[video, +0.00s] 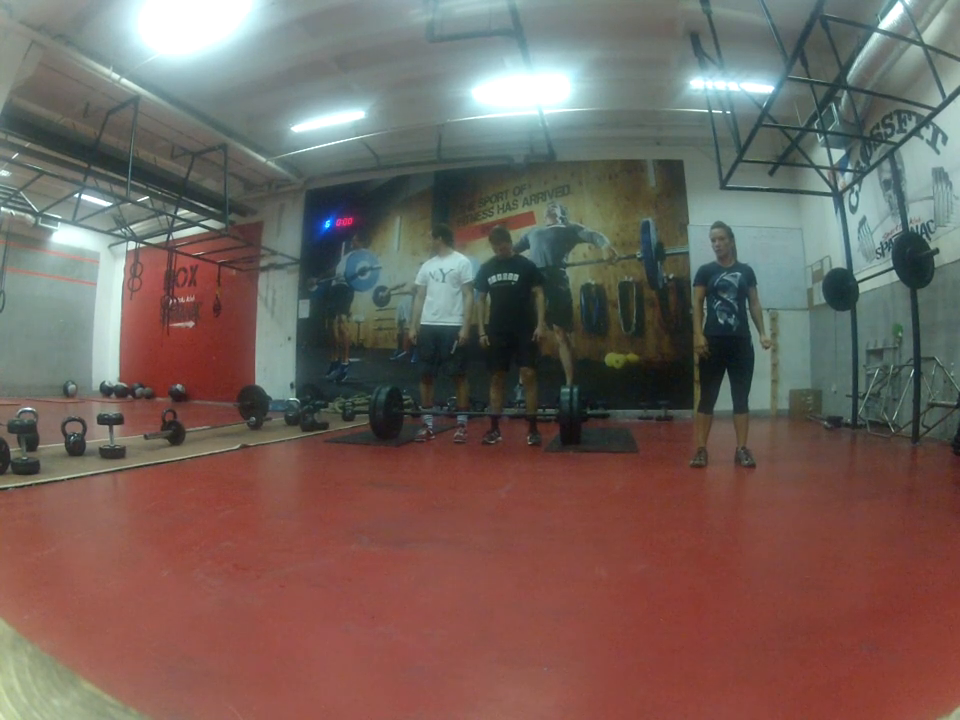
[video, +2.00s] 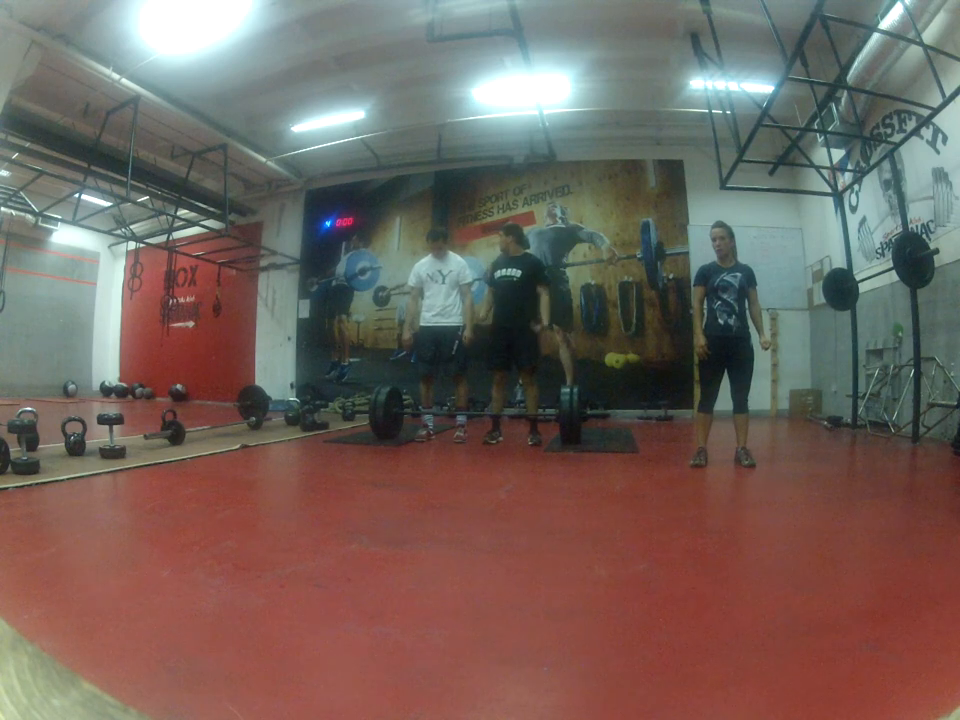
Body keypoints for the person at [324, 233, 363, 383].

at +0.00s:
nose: (354, 243)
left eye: (356, 241)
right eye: (353, 241)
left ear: (362, 243)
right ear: (353, 242)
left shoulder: (362, 256)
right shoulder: (348, 256)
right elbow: (336, 272)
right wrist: (318, 279)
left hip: (346, 289)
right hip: (335, 288)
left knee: (342, 325)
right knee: (333, 326)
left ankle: (345, 363)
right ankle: (335, 361)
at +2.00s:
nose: (352, 243)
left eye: (355, 240)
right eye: (352, 240)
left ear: (360, 242)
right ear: (352, 242)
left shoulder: (359, 256)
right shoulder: (347, 256)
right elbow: (336, 273)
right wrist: (319, 280)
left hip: (346, 288)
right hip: (335, 288)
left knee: (342, 324)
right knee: (334, 325)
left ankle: (345, 362)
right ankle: (335, 361)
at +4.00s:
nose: (353, 243)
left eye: (356, 241)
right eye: (353, 240)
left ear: (360, 242)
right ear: (353, 242)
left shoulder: (360, 256)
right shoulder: (348, 256)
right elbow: (336, 272)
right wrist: (319, 279)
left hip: (345, 288)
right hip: (335, 288)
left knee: (342, 325)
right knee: (333, 326)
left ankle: (345, 362)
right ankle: (335, 361)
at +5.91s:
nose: (353, 243)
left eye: (356, 240)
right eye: (353, 240)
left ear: (361, 242)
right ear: (354, 242)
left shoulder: (361, 256)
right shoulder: (348, 256)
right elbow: (336, 272)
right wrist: (318, 279)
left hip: (346, 288)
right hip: (335, 288)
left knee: (342, 325)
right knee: (334, 326)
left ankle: (345, 362)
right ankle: (335, 361)